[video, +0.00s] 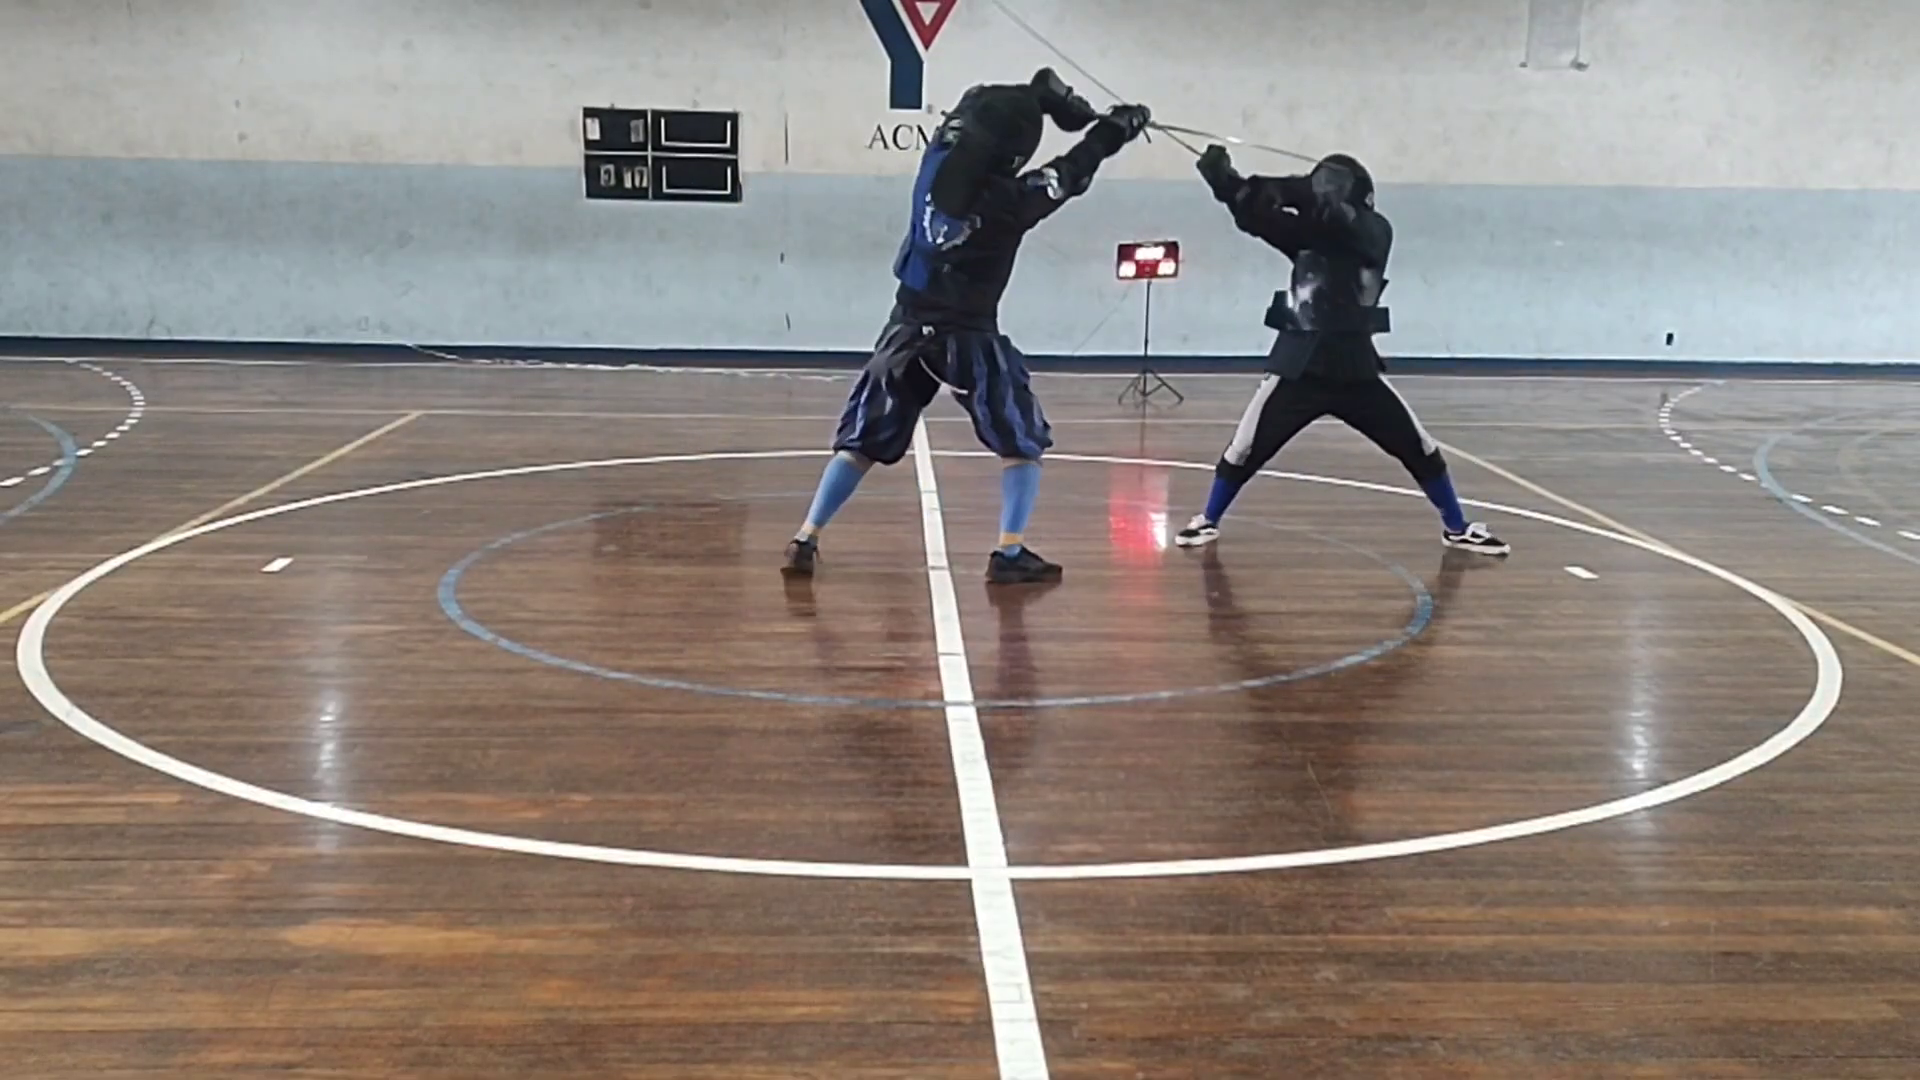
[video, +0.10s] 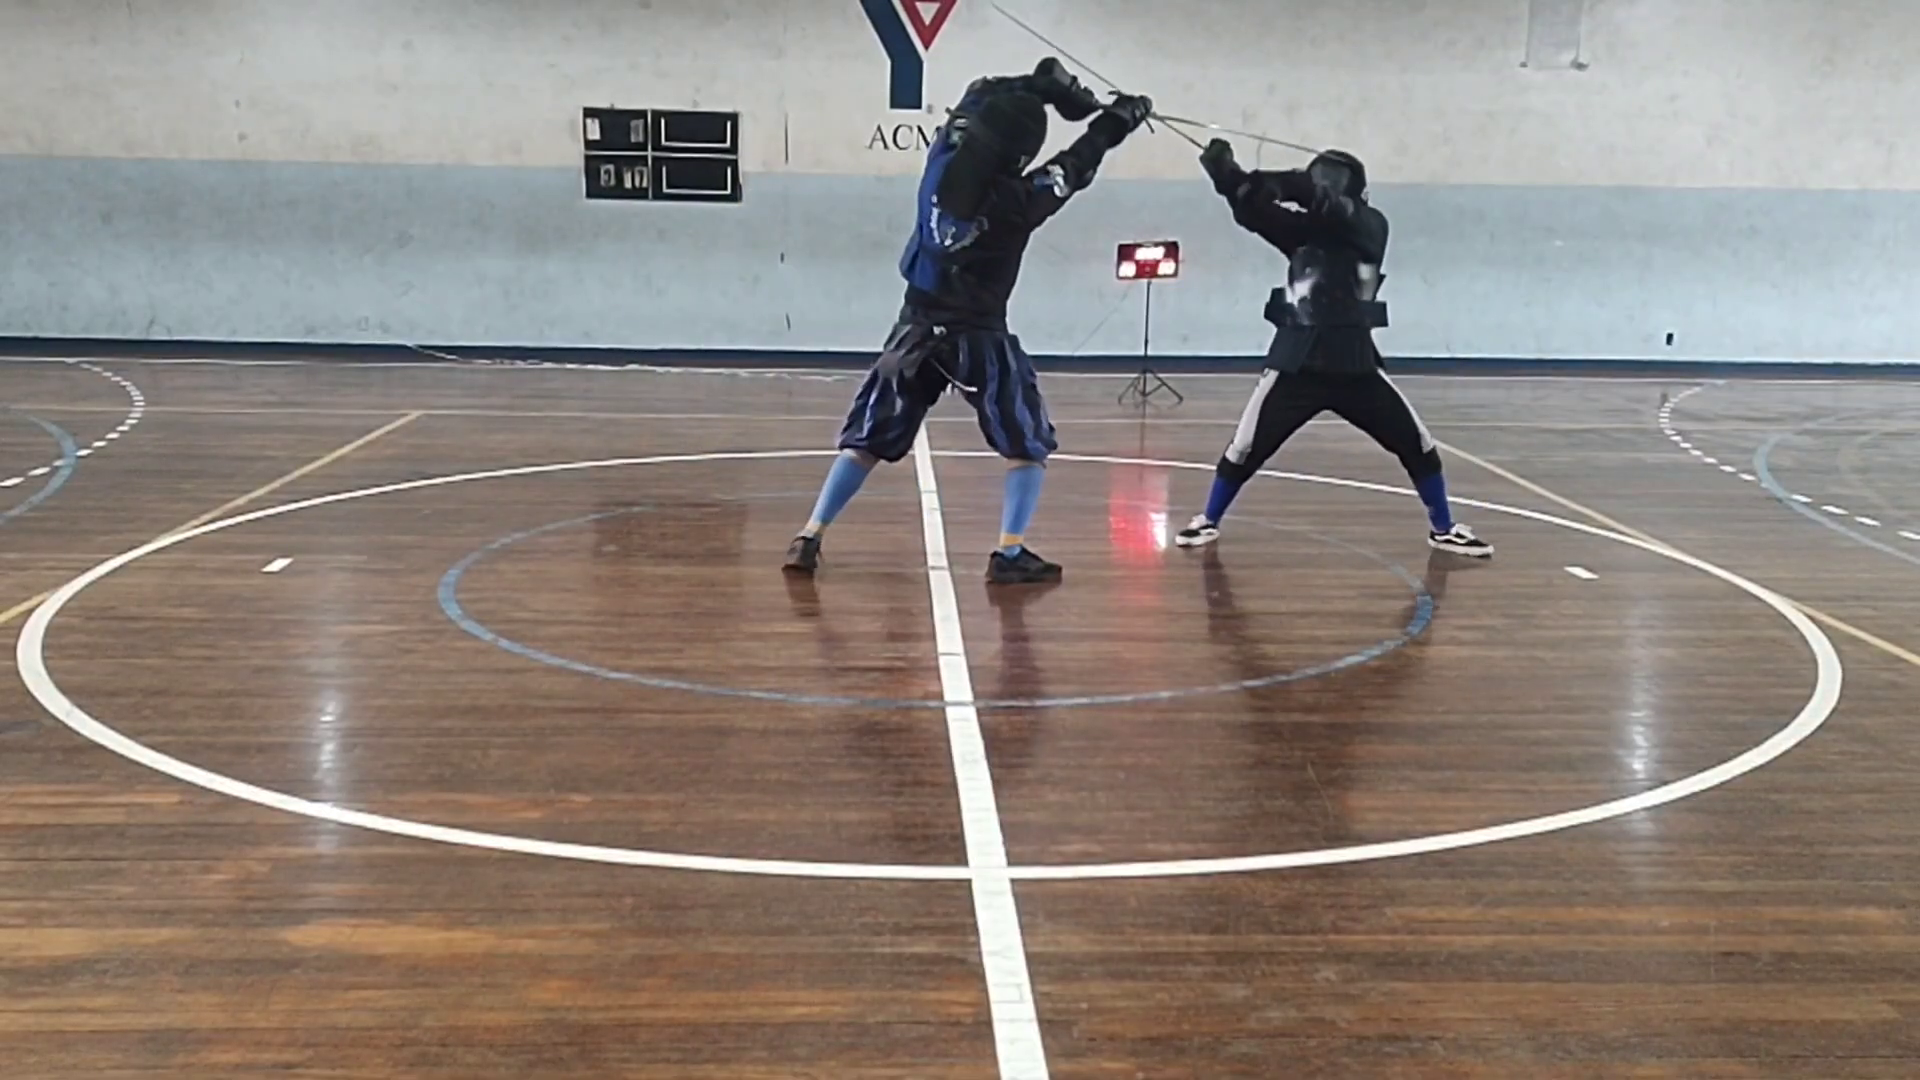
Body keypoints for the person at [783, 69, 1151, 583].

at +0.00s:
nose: (1029, 158)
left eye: (1026, 149)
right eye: (1027, 151)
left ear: (975, 129)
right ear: (1014, 151)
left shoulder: (935, 161)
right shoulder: (1011, 200)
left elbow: (978, 106)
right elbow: (1073, 171)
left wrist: (1042, 96)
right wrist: (1113, 129)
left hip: (907, 329)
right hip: (971, 337)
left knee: (865, 435)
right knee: (1023, 441)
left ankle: (805, 537)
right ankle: (1009, 551)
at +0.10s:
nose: (1036, 156)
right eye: (1035, 148)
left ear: (979, 129)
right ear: (1022, 150)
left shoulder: (939, 165)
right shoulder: (1019, 201)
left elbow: (979, 98)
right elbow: (1075, 165)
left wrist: (1040, 86)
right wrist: (1114, 121)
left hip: (917, 327)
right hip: (982, 335)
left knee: (872, 432)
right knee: (1028, 440)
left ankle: (809, 536)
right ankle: (1009, 552)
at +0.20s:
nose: (1041, 158)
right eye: (1039, 151)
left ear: (984, 132)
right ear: (1025, 152)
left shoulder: (943, 166)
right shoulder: (1024, 201)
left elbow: (983, 102)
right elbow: (1080, 166)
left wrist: (1044, 90)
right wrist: (1118, 124)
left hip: (920, 327)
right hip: (987, 337)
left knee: (877, 431)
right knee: (1030, 441)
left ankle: (822, 544)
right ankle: (1010, 551)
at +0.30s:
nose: (1042, 157)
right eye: (1040, 150)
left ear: (988, 131)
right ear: (1029, 153)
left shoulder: (947, 166)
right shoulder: (1027, 201)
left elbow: (984, 108)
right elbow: (1082, 171)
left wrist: (1043, 95)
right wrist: (1119, 130)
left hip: (923, 329)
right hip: (989, 338)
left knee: (878, 433)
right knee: (1033, 442)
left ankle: (821, 544)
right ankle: (1010, 551)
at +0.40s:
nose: (1039, 159)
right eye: (1037, 152)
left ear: (980, 136)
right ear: (1025, 156)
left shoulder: (947, 167)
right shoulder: (1028, 201)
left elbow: (983, 118)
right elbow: (1084, 175)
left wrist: (1045, 105)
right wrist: (1121, 135)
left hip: (922, 331)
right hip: (990, 339)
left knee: (876, 433)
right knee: (1033, 443)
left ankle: (820, 545)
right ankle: (1010, 552)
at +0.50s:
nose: (1043, 149)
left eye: (1047, 139)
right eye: (1041, 140)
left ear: (988, 127)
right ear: (1025, 147)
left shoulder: (945, 159)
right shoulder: (1025, 198)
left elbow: (993, 132)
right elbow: (1084, 200)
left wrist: (1056, 138)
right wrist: (1110, 149)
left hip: (921, 329)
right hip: (988, 338)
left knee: (874, 434)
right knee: (1032, 441)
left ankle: (819, 546)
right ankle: (1010, 553)